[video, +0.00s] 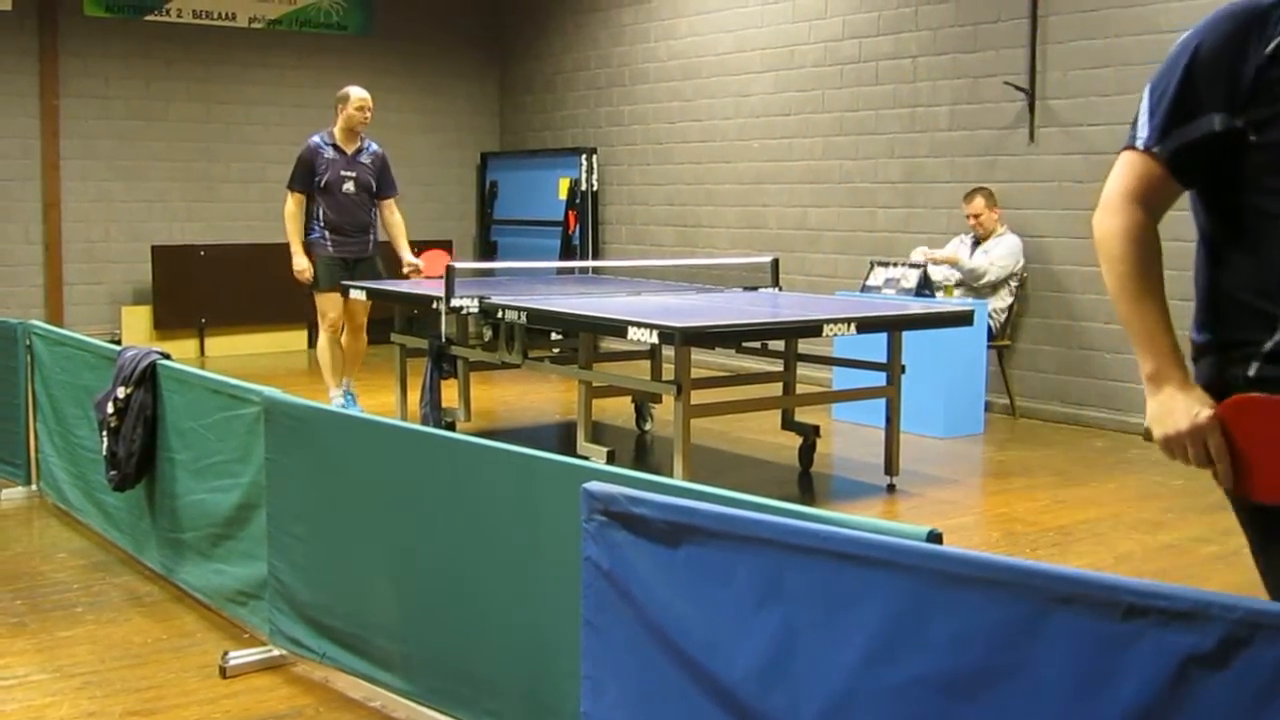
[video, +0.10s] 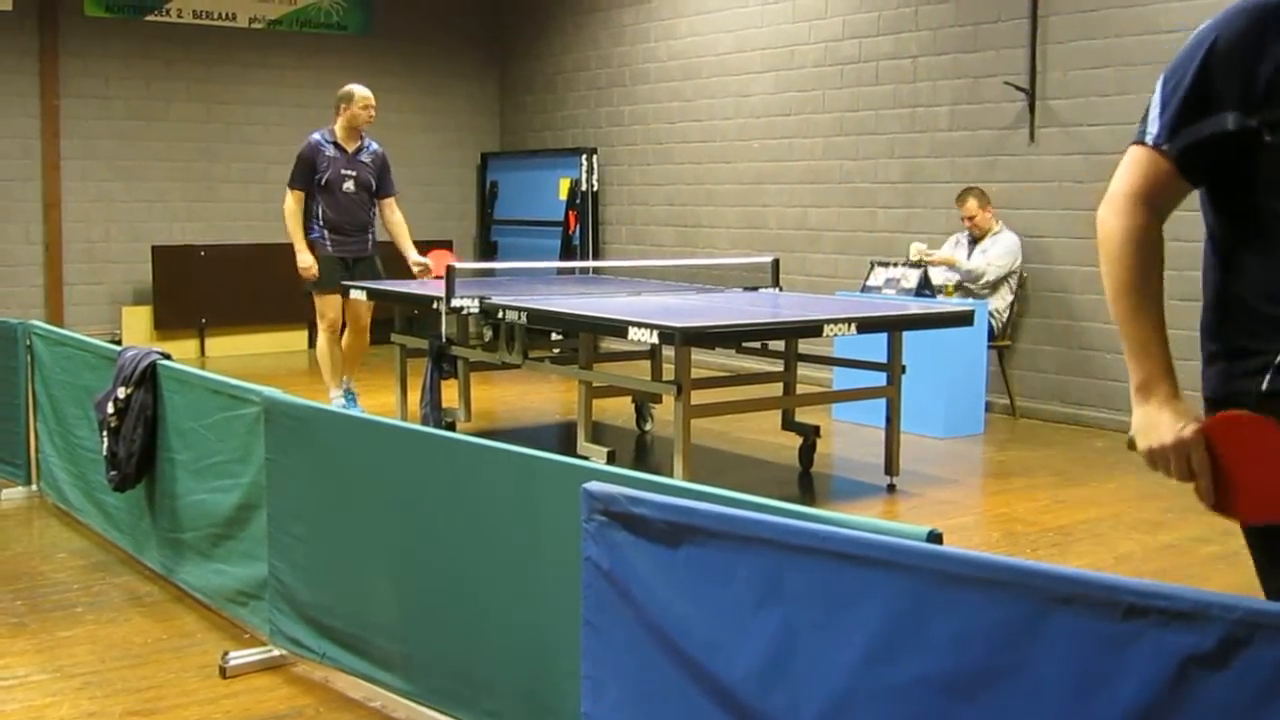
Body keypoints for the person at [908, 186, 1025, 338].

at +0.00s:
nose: (972, 223)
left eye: (977, 216)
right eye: (968, 218)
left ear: (995, 214)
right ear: (965, 217)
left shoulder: (1011, 243)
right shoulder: (962, 241)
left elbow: (987, 277)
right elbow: (936, 274)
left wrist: (955, 262)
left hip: (983, 321)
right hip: (948, 315)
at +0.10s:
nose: (967, 225)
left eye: (971, 218)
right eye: (963, 220)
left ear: (989, 212)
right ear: (959, 218)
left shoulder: (1008, 242)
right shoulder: (958, 240)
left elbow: (985, 276)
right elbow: (934, 277)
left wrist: (951, 263)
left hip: (985, 318)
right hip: (948, 314)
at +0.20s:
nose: (963, 225)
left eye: (967, 218)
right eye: (959, 220)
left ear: (984, 210)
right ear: (955, 217)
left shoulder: (1005, 240)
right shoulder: (953, 239)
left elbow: (987, 278)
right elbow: (934, 278)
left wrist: (949, 262)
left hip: (986, 317)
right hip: (947, 313)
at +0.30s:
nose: (960, 225)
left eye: (963, 219)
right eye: (955, 221)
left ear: (981, 210)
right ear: (951, 219)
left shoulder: (1003, 240)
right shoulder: (950, 239)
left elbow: (990, 281)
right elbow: (928, 276)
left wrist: (951, 262)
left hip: (985, 316)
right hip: (945, 312)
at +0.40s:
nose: (956, 226)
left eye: (960, 219)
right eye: (952, 222)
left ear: (976, 210)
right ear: (947, 219)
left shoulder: (999, 239)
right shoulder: (945, 239)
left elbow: (993, 284)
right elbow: (924, 276)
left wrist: (958, 263)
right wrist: (949, 287)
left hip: (982, 316)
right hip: (942, 313)